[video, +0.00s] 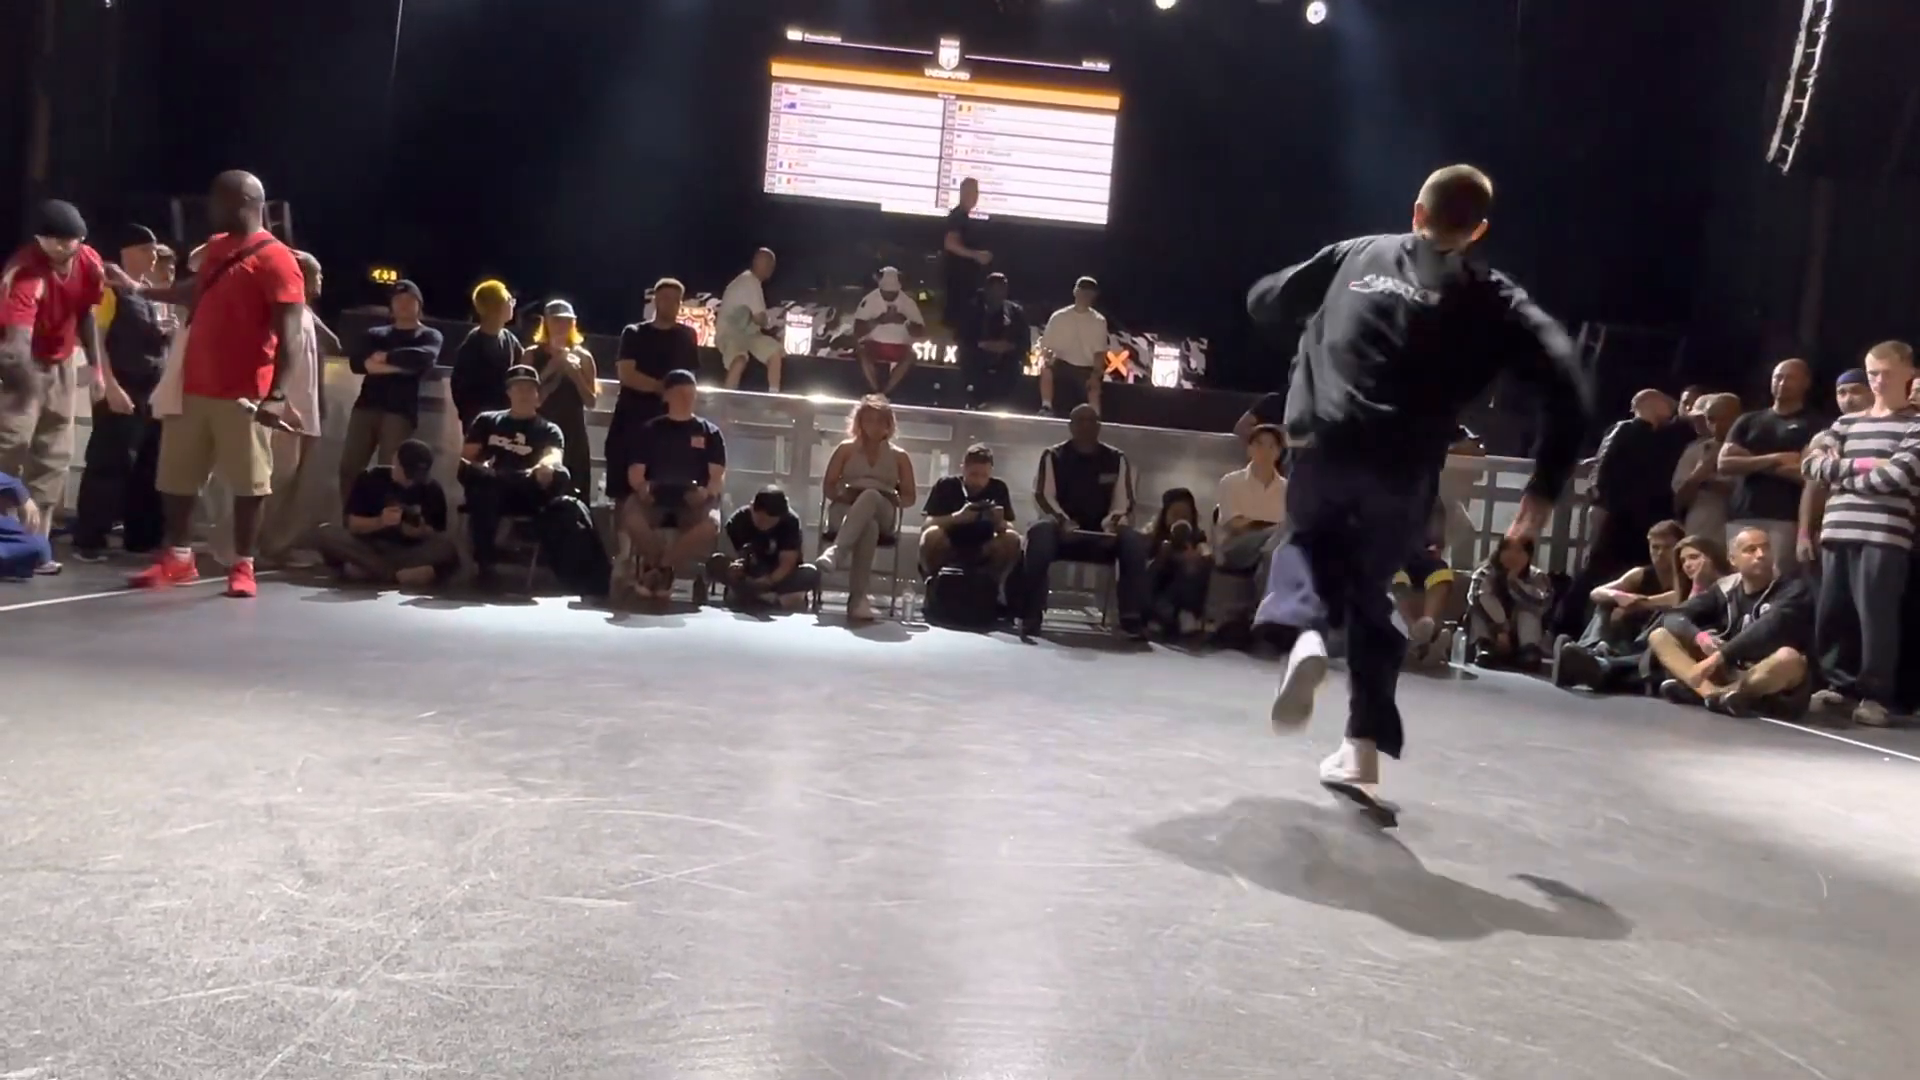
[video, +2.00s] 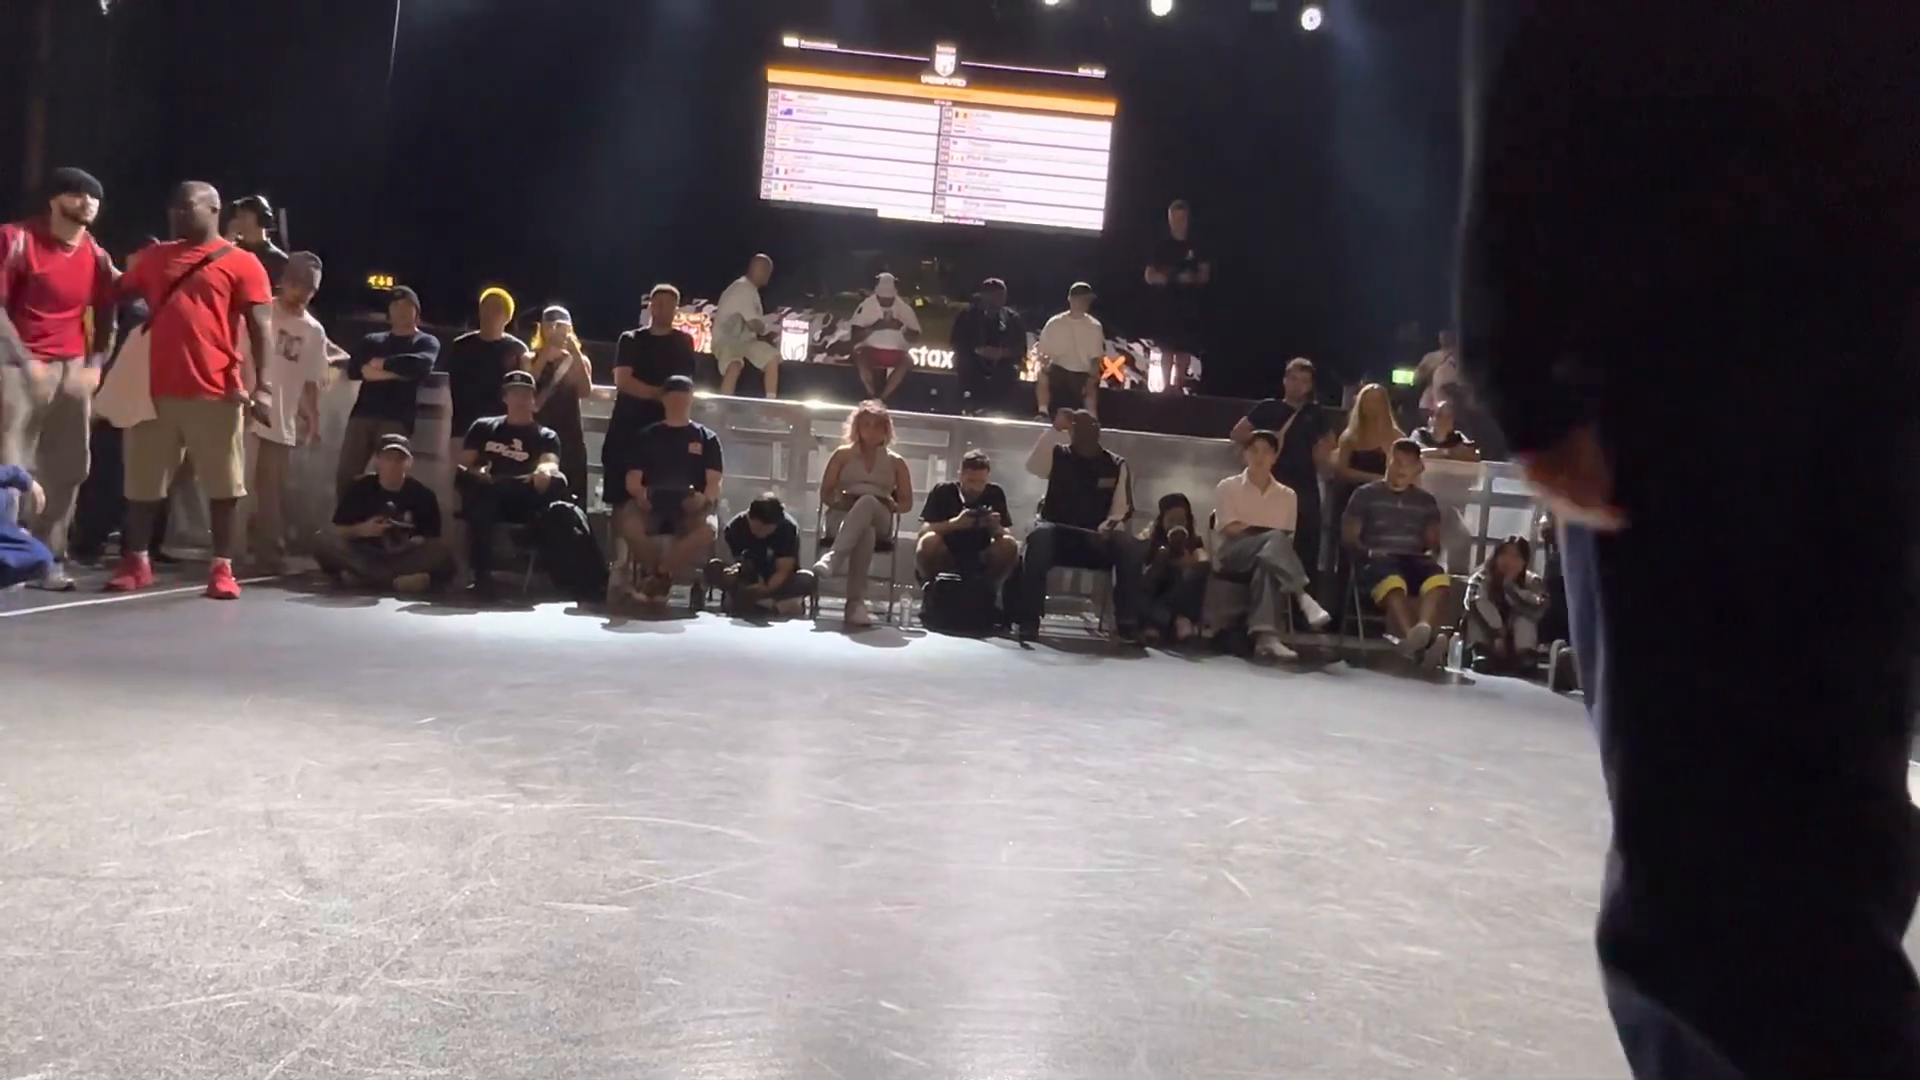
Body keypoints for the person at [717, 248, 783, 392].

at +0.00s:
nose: (770, 270)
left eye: (772, 266)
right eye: (769, 265)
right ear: (760, 264)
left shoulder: (753, 282)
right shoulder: (749, 282)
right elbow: (759, 317)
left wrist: (764, 318)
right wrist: (768, 321)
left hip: (750, 333)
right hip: (730, 332)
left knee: (775, 353)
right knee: (739, 359)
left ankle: (773, 396)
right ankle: (726, 398)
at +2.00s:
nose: (768, 276)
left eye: (769, 272)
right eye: (767, 271)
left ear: (755, 270)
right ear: (758, 270)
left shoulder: (752, 290)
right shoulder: (742, 288)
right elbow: (753, 323)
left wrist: (773, 318)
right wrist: (765, 327)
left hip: (747, 340)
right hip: (726, 340)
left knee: (772, 359)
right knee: (735, 365)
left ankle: (771, 403)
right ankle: (723, 405)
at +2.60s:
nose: (754, 279)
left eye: (755, 275)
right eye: (752, 274)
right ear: (741, 274)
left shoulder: (740, 297)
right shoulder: (724, 292)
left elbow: (745, 324)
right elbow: (733, 325)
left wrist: (761, 323)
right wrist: (752, 333)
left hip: (734, 345)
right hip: (714, 344)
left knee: (760, 363)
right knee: (722, 370)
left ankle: (759, 407)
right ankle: (711, 410)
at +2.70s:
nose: (753, 280)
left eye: (753, 276)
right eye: (750, 276)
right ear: (738, 276)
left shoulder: (739, 299)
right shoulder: (719, 292)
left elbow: (744, 326)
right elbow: (727, 325)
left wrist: (760, 323)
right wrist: (749, 333)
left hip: (732, 346)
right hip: (711, 346)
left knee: (758, 364)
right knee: (720, 372)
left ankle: (757, 409)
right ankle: (710, 412)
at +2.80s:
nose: (739, 281)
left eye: (742, 278)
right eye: (736, 276)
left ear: (745, 281)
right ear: (728, 275)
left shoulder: (737, 303)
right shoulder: (710, 293)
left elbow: (744, 334)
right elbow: (700, 322)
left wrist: (729, 328)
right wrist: (723, 326)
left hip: (729, 347)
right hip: (706, 345)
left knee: (755, 366)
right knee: (716, 372)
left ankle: (754, 410)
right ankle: (706, 412)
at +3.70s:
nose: (723, 294)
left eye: (726, 290)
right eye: (719, 290)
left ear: (729, 295)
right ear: (710, 292)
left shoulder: (730, 318)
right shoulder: (697, 312)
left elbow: (737, 350)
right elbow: (700, 345)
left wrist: (711, 345)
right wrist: (725, 345)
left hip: (725, 362)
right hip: (701, 362)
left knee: (753, 383)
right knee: (709, 391)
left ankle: (756, 428)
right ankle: (703, 432)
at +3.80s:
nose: (724, 297)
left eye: (727, 294)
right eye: (720, 293)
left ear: (730, 298)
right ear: (711, 295)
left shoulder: (730, 321)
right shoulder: (698, 315)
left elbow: (737, 353)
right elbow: (700, 347)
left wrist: (713, 346)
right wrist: (727, 349)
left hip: (725, 366)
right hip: (703, 365)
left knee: (754, 386)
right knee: (709, 394)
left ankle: (754, 427)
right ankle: (703, 434)